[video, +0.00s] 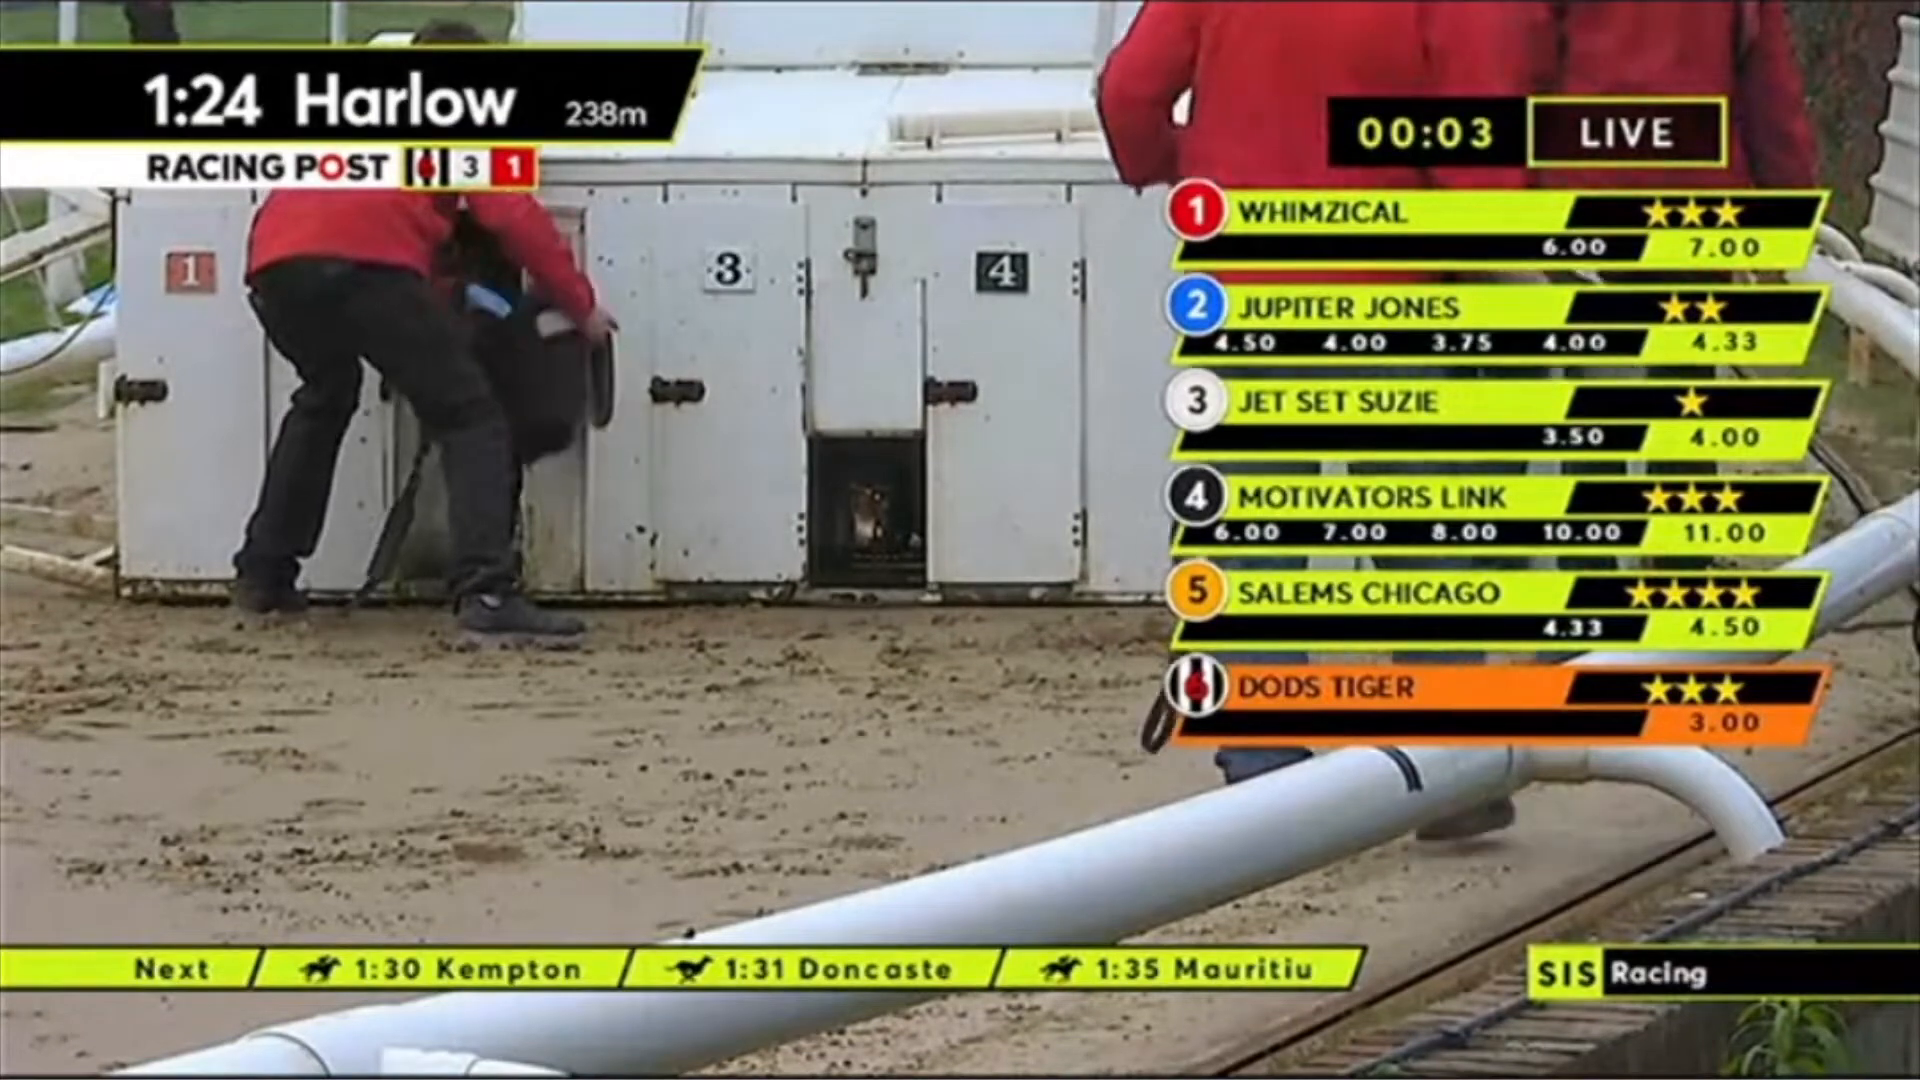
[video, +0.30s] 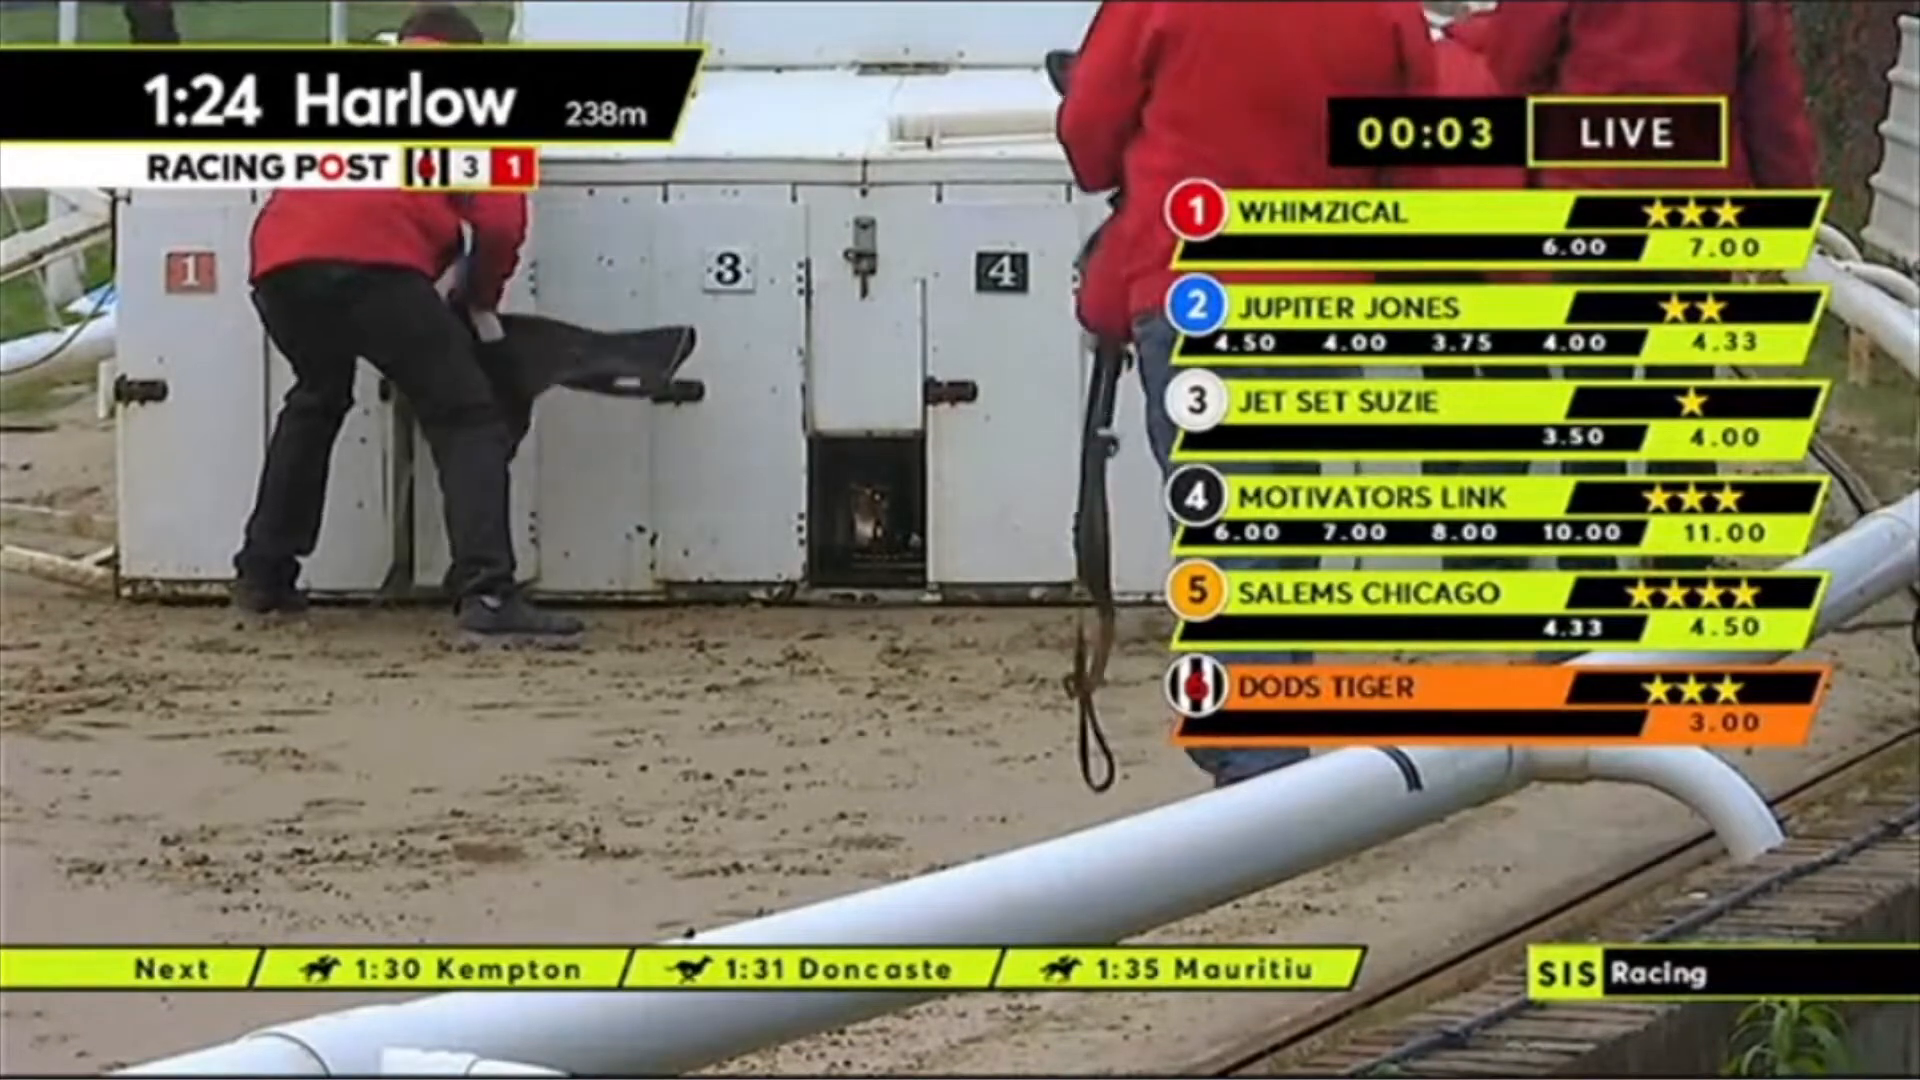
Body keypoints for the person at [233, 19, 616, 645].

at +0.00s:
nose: (490, 104)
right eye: (485, 91)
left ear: (411, 61)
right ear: (473, 78)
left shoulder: (353, 117)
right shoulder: (468, 128)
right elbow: (515, 218)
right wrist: (583, 309)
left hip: (277, 266)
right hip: (375, 265)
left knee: (326, 391)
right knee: (471, 418)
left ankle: (264, 572)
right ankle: (487, 594)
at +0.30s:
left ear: (400, 43)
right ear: (471, 54)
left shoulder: (348, 89)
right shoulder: (490, 105)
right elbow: (501, 221)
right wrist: (482, 298)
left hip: (280, 267)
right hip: (381, 266)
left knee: (319, 390)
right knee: (467, 419)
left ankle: (263, 575)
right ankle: (489, 594)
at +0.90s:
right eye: (469, 71)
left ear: (409, 29)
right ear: (461, 50)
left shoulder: (330, 61)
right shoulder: (459, 85)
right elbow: (458, 220)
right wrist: (434, 291)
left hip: (259, 244)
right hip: (357, 253)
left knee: (303, 395)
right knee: (415, 416)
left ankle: (262, 574)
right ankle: (424, 585)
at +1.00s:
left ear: (412, 26)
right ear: (461, 43)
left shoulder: (313, 70)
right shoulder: (455, 79)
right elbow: (455, 214)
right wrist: (432, 292)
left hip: (262, 240)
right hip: (365, 245)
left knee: (305, 391)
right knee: (441, 406)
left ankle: (262, 573)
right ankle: (452, 555)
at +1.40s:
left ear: (398, 37)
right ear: (456, 51)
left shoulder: (329, 90)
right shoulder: (462, 93)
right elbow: (487, 214)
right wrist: (465, 276)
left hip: (297, 265)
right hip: (403, 260)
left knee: (307, 393)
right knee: (487, 417)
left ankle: (261, 572)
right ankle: (510, 593)